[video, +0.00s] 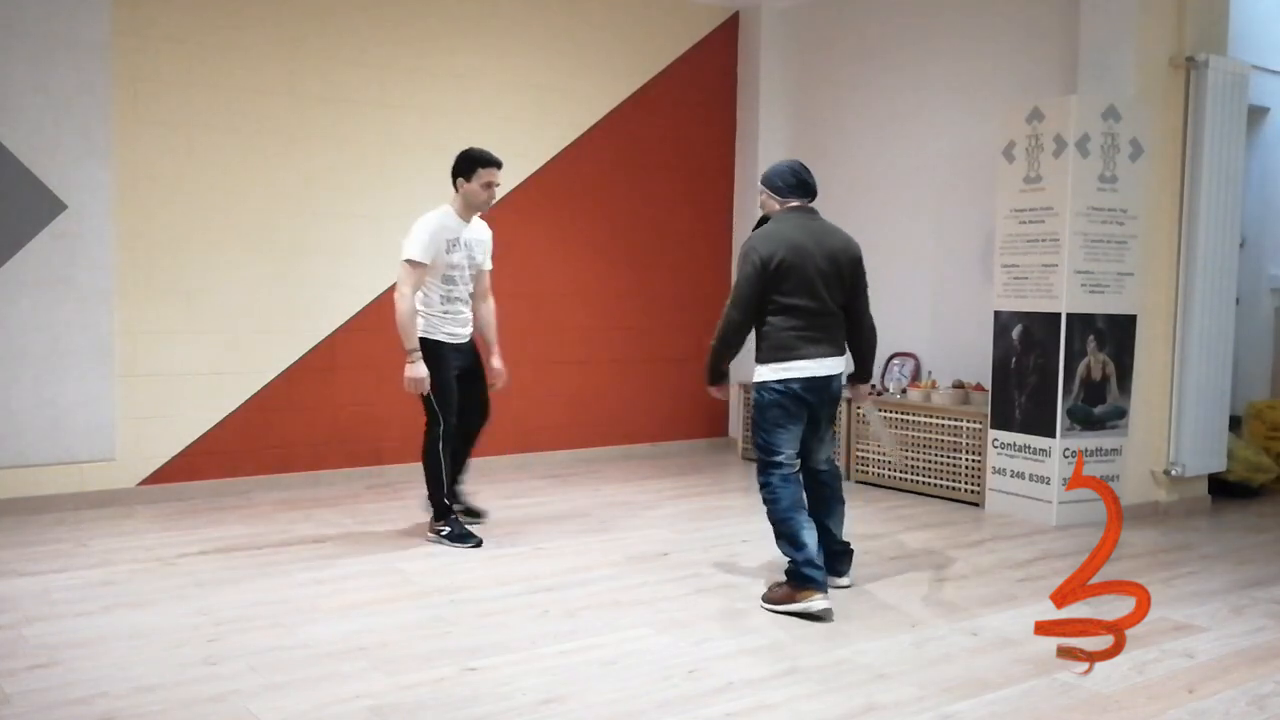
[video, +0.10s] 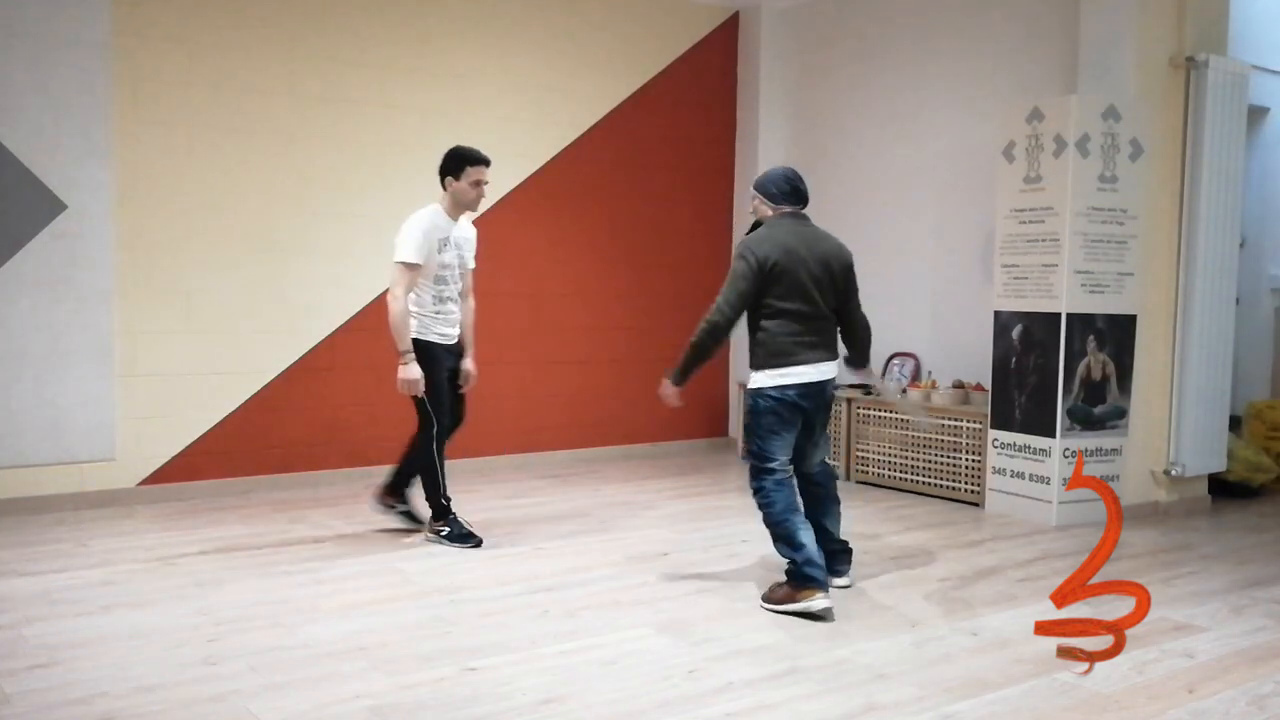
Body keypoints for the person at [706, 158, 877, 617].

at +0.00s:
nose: (760, 204)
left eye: (762, 197)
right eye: (761, 196)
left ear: (772, 199)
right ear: (808, 197)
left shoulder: (763, 243)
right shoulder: (842, 242)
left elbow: (738, 316)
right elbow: (859, 318)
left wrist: (716, 369)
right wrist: (863, 372)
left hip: (781, 377)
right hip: (830, 374)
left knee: (779, 473)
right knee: (819, 462)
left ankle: (807, 580)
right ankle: (835, 558)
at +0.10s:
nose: (752, 207)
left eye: (755, 200)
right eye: (753, 200)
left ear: (768, 204)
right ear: (798, 204)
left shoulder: (758, 246)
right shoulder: (833, 248)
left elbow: (722, 317)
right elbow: (853, 317)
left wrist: (678, 375)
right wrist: (859, 359)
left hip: (775, 383)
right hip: (821, 381)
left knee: (771, 476)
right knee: (814, 467)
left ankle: (807, 580)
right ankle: (834, 559)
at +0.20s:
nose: (733, 211)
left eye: (737, 204)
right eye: (735, 203)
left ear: (753, 208)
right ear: (781, 207)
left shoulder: (747, 243)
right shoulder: (815, 248)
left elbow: (718, 301)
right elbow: (840, 316)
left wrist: (671, 353)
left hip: (764, 384)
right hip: (810, 380)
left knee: (740, 476)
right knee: (804, 465)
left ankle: (791, 560)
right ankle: (834, 561)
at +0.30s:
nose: (705, 208)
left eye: (710, 201)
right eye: (707, 200)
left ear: (729, 204)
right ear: (750, 203)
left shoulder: (734, 231)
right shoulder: (782, 238)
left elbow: (731, 267)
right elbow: (802, 287)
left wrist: (707, 303)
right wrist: (800, 254)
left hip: (750, 377)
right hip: (791, 374)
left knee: (699, 462)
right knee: (790, 461)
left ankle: (735, 563)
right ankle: (831, 556)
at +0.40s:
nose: (677, 206)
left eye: (682, 198)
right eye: (678, 198)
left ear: (702, 201)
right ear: (718, 199)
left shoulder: (716, 225)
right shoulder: (737, 228)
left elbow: (732, 254)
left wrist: (708, 276)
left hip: (731, 377)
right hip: (763, 375)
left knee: (665, 450)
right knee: (783, 466)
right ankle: (829, 559)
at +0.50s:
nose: (652, 210)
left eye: (657, 202)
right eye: (653, 201)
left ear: (677, 206)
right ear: (685, 205)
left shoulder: (704, 235)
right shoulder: (687, 242)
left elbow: (719, 268)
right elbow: (643, 258)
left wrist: (670, 277)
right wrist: (600, 231)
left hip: (697, 382)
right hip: (724, 379)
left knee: (635, 455)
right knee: (746, 463)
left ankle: (641, 557)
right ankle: (810, 543)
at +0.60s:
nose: (627, 209)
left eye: (633, 201)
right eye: (628, 201)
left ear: (655, 205)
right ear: (657, 206)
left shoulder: (690, 242)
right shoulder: (649, 250)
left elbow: (690, 296)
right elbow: (605, 297)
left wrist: (625, 292)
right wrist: (538, 305)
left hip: (674, 381)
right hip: (668, 379)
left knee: (617, 458)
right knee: (673, 455)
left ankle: (641, 558)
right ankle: (747, 523)